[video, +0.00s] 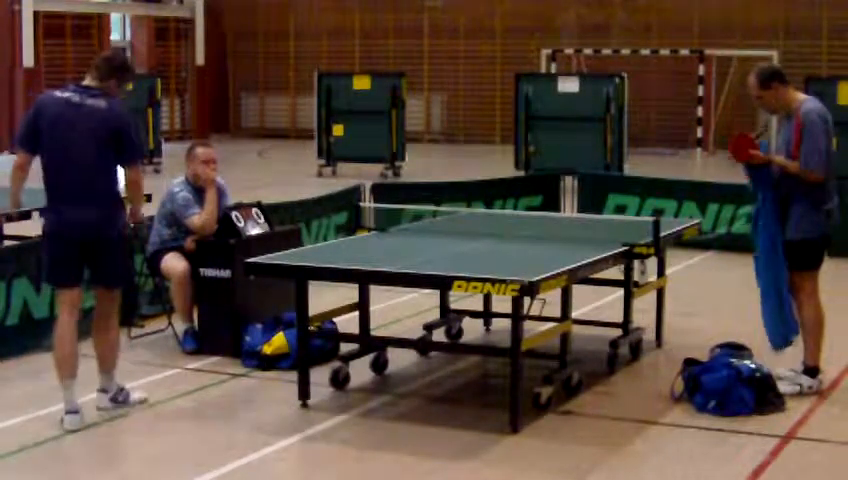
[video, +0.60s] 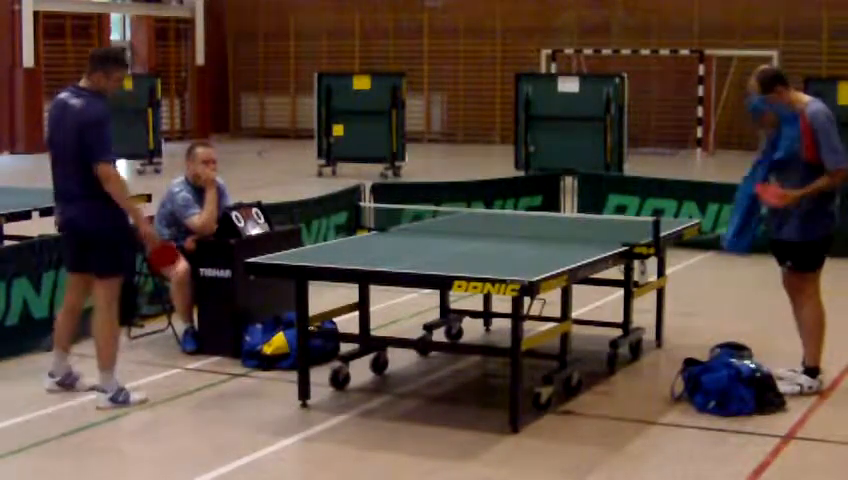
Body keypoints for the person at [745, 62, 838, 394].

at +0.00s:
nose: (761, 106)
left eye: (761, 98)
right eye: (758, 100)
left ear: (776, 88)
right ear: (775, 89)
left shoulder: (811, 115)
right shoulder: (790, 117)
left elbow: (814, 172)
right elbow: (789, 168)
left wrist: (773, 159)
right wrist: (758, 160)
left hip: (809, 216)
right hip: (792, 214)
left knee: (805, 289)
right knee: (798, 288)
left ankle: (811, 370)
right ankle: (808, 366)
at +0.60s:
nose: (764, 106)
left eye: (764, 100)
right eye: (761, 102)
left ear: (777, 91)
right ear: (777, 90)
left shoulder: (816, 113)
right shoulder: (786, 117)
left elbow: (839, 172)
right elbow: (778, 164)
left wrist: (794, 195)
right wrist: (767, 185)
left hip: (810, 220)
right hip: (788, 217)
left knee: (805, 288)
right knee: (793, 286)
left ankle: (812, 372)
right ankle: (808, 365)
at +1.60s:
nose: (747, 97)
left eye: (749, 90)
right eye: (746, 91)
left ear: (766, 86)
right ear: (767, 85)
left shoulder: (788, 117)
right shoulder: (796, 113)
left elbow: (788, 170)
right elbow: (791, 169)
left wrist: (753, 186)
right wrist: (757, 184)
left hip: (792, 220)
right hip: (793, 217)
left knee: (792, 286)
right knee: (787, 285)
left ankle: (809, 368)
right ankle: (792, 355)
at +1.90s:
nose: (747, 91)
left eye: (749, 84)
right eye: (747, 85)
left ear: (763, 82)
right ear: (774, 80)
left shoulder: (769, 112)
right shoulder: (807, 110)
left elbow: (759, 165)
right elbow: (816, 160)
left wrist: (741, 173)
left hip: (773, 210)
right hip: (804, 209)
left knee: (746, 270)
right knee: (789, 275)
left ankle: (782, 331)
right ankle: (792, 352)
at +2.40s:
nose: (723, 91)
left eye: (722, 87)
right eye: (724, 86)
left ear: (727, 84)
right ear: (750, 80)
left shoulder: (726, 112)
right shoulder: (776, 108)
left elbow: (712, 162)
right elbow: (797, 154)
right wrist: (769, 161)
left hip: (738, 203)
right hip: (772, 202)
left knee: (735, 269)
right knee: (765, 265)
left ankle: (735, 335)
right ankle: (782, 315)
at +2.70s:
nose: (708, 88)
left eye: (708, 84)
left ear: (712, 84)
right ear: (735, 81)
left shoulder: (705, 113)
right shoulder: (759, 108)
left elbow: (687, 156)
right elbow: (782, 145)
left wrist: (710, 144)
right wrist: (771, 171)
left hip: (722, 197)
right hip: (754, 195)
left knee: (729, 259)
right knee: (745, 256)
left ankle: (736, 325)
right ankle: (740, 317)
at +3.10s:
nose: (696, 86)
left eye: (695, 81)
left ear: (698, 81)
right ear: (720, 77)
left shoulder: (693, 106)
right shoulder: (743, 105)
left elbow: (681, 146)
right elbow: (761, 147)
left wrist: (704, 144)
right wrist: (744, 163)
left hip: (699, 192)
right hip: (731, 193)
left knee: (689, 247)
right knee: (724, 251)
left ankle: (699, 303)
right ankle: (725, 315)